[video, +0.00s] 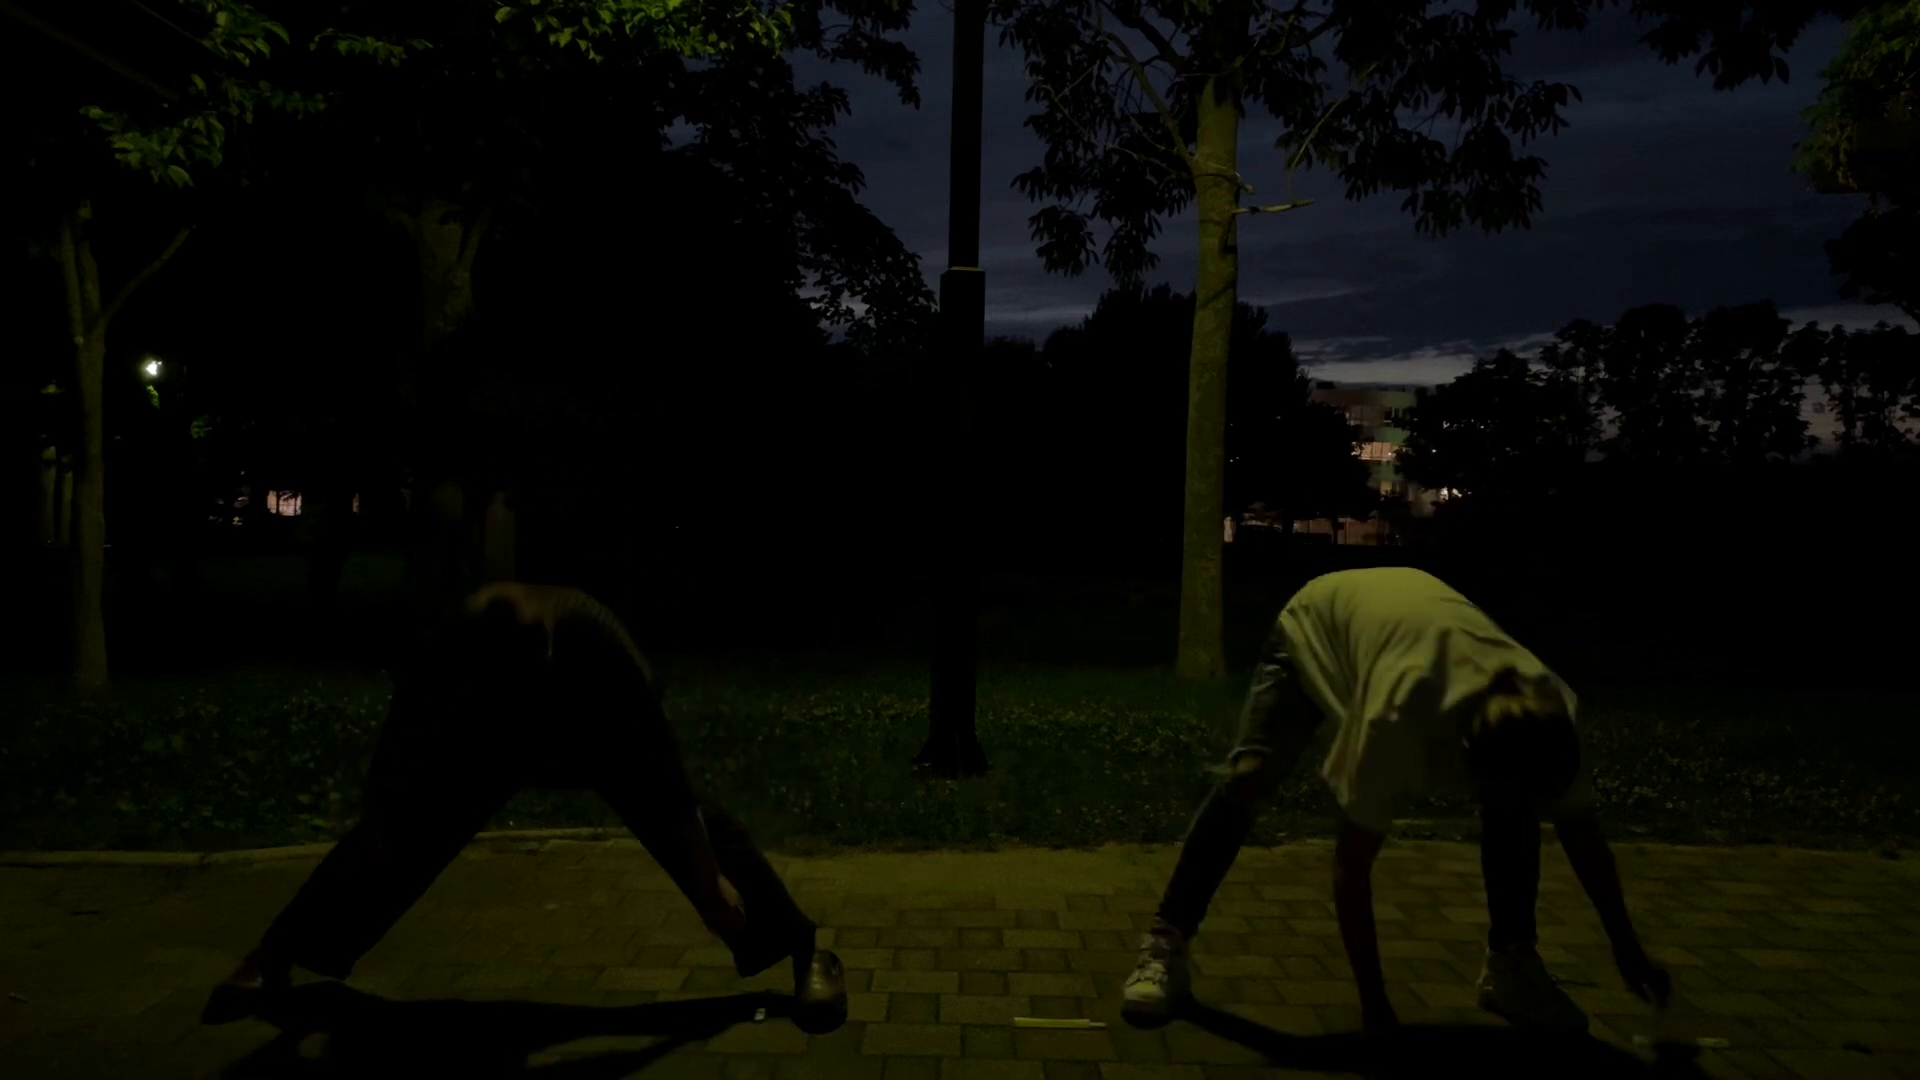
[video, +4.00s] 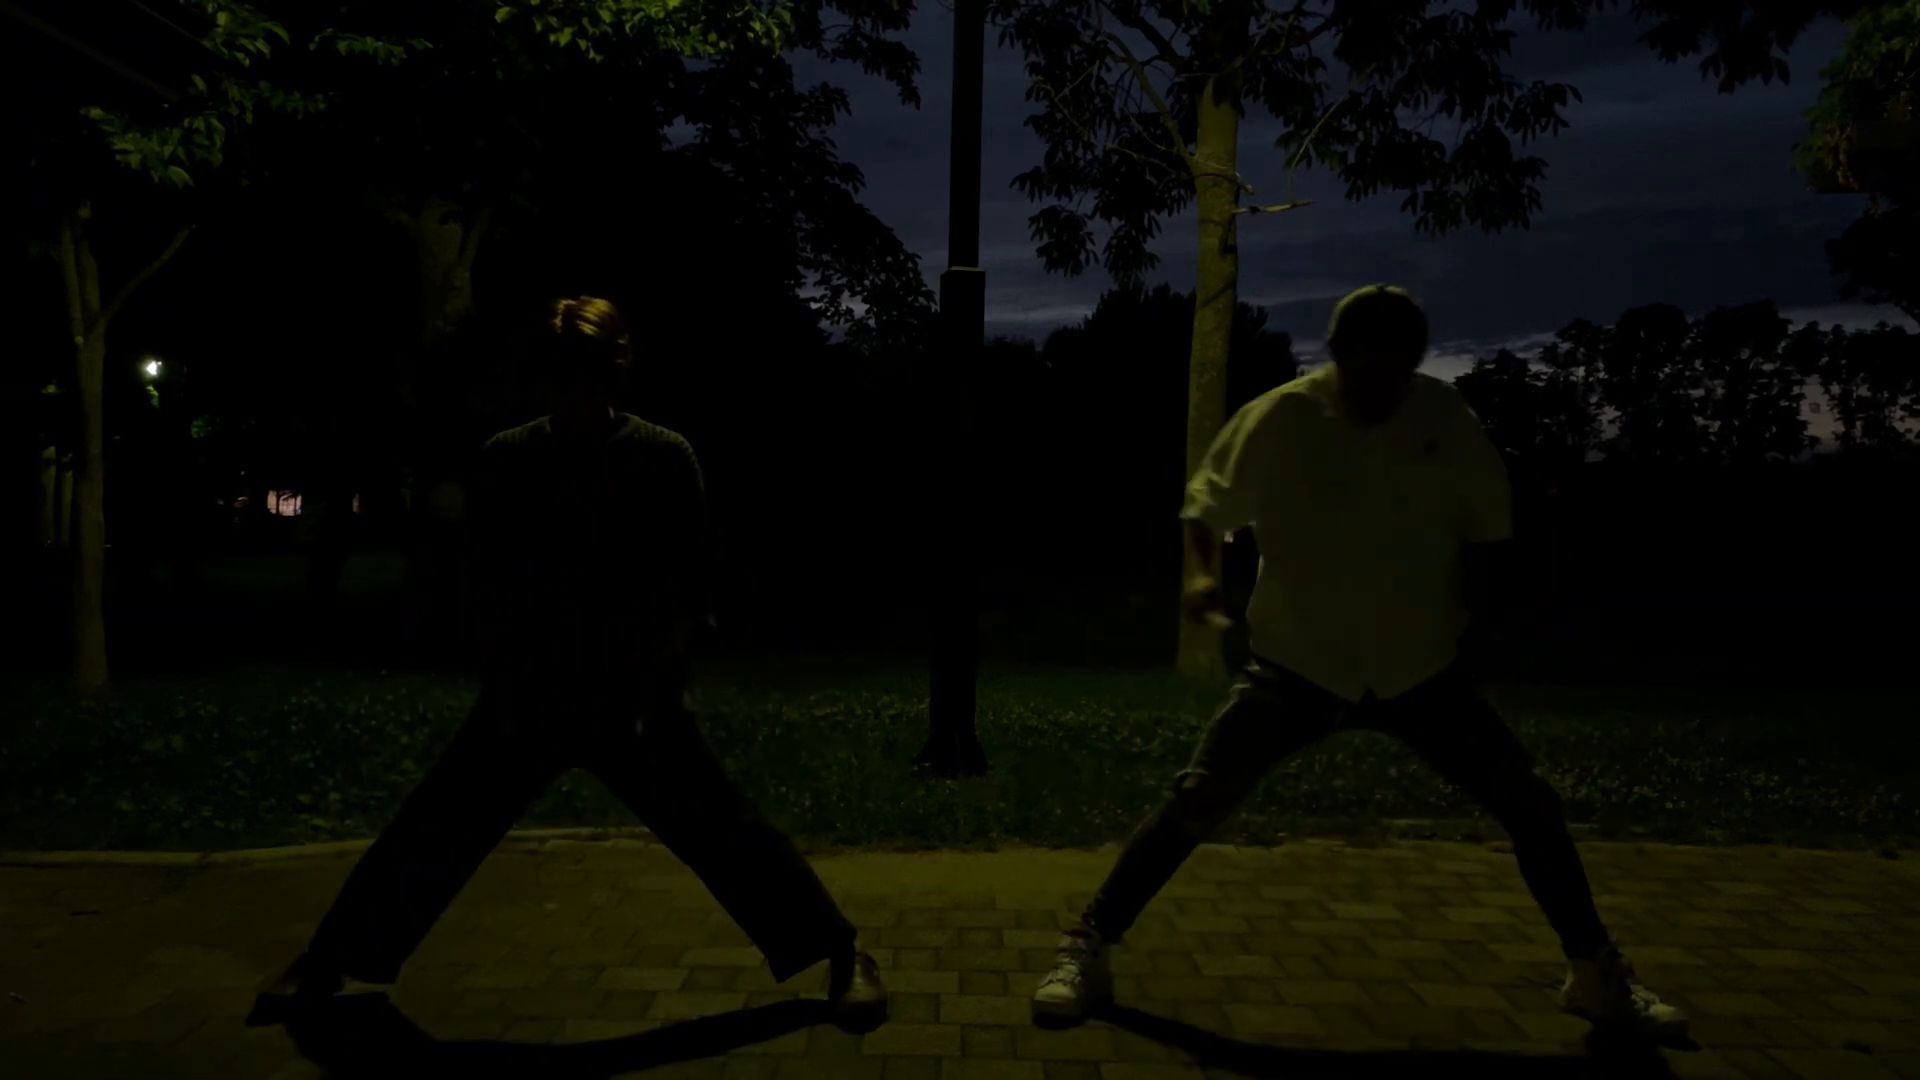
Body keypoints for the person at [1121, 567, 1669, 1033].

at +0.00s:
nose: (1515, 809)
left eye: (1531, 799)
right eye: (1509, 795)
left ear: (1560, 743)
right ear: (1481, 748)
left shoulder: (1550, 711)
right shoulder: (1400, 710)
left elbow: (1581, 832)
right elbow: (1351, 866)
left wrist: (1628, 947)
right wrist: (1374, 1006)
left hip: (1425, 603)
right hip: (1319, 614)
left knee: (1512, 802)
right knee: (1250, 777)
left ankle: (1513, 969)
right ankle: (1164, 949)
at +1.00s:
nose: (1537, 836)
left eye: (1556, 829)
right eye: (1535, 823)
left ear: (1586, 774)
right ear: (1511, 773)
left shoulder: (1577, 735)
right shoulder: (1426, 730)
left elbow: (1610, 857)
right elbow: (1347, 866)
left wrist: (1661, 982)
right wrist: (1362, 988)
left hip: (1450, 618)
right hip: (1343, 628)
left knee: (1546, 797)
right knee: (1265, 785)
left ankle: (1515, 968)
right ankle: (1166, 947)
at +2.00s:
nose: (1410, 764)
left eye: (1428, 752)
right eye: (1399, 754)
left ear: (1463, 707)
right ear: (1370, 717)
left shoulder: (1512, 654)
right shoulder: (1316, 677)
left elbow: (1557, 640)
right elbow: (1230, 788)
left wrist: (1556, 751)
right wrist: (1161, 916)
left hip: (1441, 600)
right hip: (1318, 612)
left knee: (1544, 805)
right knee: (1247, 793)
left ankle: (1603, 974)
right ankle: (1164, 947)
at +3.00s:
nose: (1305, 707)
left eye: (1320, 692)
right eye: (1294, 689)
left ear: (1356, 659)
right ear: (1270, 653)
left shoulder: (1423, 614)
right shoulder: (1238, 634)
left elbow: (1498, 678)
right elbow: (1157, 718)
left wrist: (1529, 768)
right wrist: (1108, 803)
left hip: (1411, 683)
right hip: (1287, 702)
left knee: (1520, 802)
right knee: (1218, 792)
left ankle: (1600, 973)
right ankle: (1161, 951)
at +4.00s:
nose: (1377, 387)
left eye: (1393, 371)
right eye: (1365, 369)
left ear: (1416, 365)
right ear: (1336, 357)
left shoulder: (1446, 425)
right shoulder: (1280, 418)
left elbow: (1488, 537)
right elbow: (1206, 506)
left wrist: (1474, 620)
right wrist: (1204, 577)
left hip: (1421, 669)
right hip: (1294, 668)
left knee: (1529, 806)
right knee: (1197, 802)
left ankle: (1600, 975)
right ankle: (1087, 951)